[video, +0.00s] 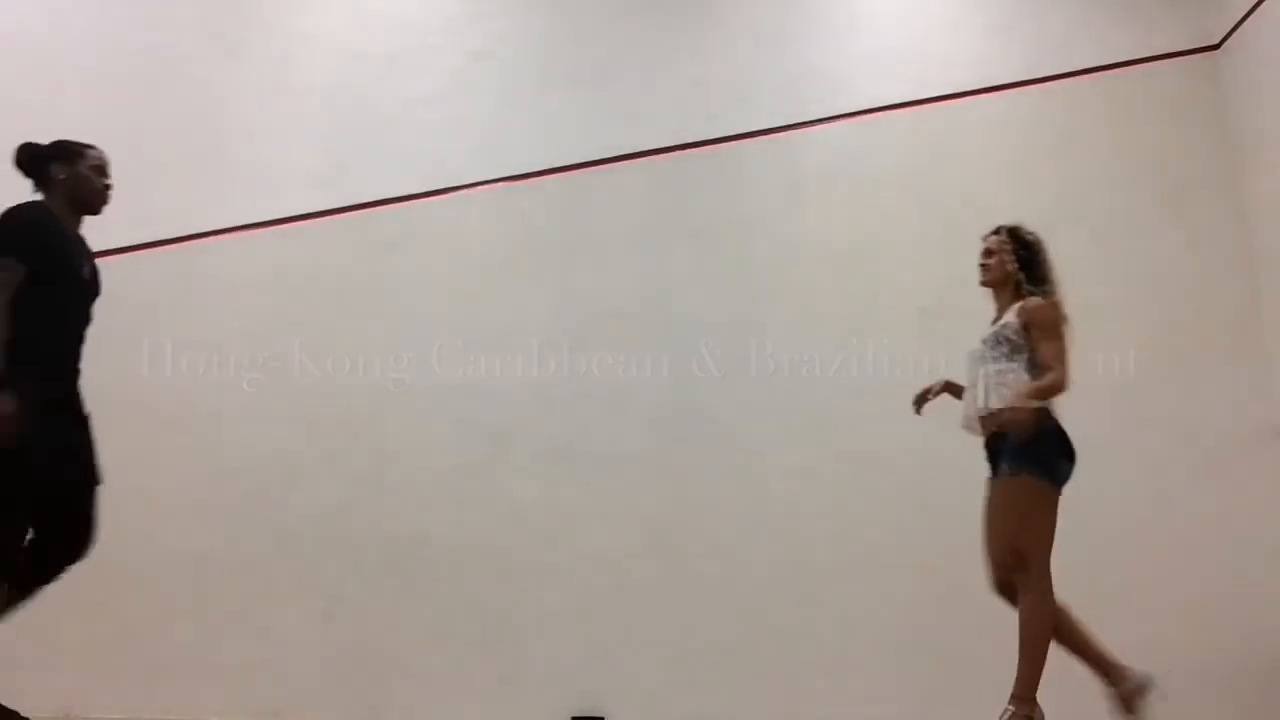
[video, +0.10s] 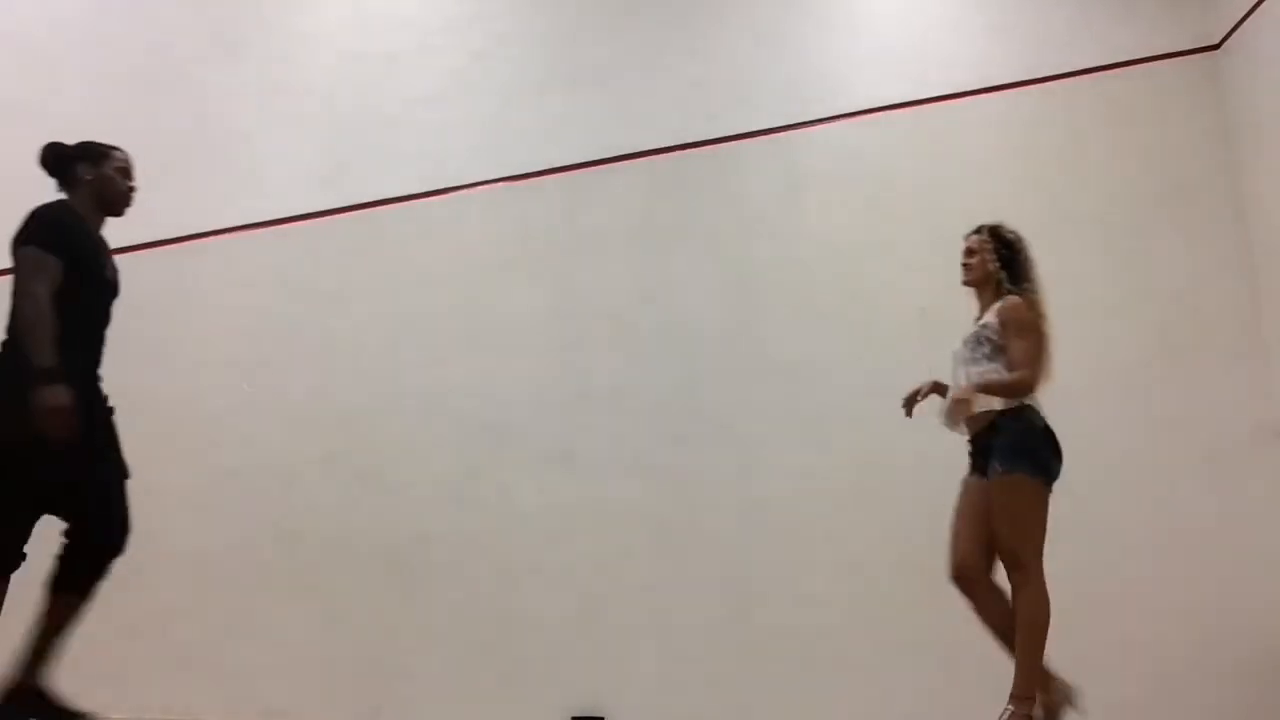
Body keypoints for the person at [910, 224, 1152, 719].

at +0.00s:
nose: (983, 261)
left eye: (993, 254)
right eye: (982, 254)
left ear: (1019, 262)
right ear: (987, 267)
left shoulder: (1036, 309)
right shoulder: (1000, 323)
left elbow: (1057, 377)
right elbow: (1000, 395)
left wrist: (1020, 398)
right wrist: (952, 388)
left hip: (1031, 443)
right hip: (1005, 447)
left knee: (1031, 574)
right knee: (1008, 578)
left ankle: (1023, 704)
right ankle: (1120, 678)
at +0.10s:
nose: (964, 261)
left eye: (974, 253)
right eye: (964, 254)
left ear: (999, 260)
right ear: (971, 265)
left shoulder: (1016, 307)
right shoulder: (984, 320)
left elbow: (1026, 378)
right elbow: (987, 388)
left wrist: (971, 391)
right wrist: (939, 389)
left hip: (1018, 441)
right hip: (987, 447)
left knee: (1023, 568)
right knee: (968, 571)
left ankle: (1024, 699)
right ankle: (1046, 683)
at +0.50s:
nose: (896, 256)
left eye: (904, 246)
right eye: (896, 249)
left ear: (929, 250)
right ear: (917, 255)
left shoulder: (943, 293)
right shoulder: (928, 307)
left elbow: (942, 364)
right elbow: (933, 384)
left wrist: (872, 345)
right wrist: (887, 395)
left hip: (953, 442)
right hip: (917, 446)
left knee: (985, 567)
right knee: (897, 563)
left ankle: (1020, 701)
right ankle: (886, 693)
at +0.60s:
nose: (878, 257)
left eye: (885, 249)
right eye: (879, 250)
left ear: (910, 252)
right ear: (899, 257)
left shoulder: (925, 296)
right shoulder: (902, 310)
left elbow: (923, 366)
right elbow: (908, 383)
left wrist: (864, 336)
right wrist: (865, 399)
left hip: (929, 447)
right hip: (897, 452)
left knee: (967, 570)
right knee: (881, 567)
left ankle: (1018, 699)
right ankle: (865, 696)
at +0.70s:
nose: (860, 254)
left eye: (867, 246)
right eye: (861, 246)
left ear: (889, 249)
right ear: (882, 252)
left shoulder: (905, 291)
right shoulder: (886, 303)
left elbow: (905, 362)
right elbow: (888, 381)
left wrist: (855, 324)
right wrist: (844, 401)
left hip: (901, 444)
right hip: (870, 447)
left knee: (928, 570)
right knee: (861, 564)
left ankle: (1008, 691)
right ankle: (860, 693)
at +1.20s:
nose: (779, 241)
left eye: (785, 231)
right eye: (778, 234)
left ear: (809, 230)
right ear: (795, 236)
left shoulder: (835, 278)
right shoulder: (810, 291)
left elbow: (859, 354)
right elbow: (788, 379)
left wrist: (819, 367)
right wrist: (750, 347)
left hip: (825, 427)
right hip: (815, 428)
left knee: (765, 539)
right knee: (829, 563)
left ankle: (809, 678)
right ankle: (859, 693)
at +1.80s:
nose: (708, 237)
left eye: (714, 228)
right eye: (708, 229)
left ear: (737, 229)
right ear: (731, 232)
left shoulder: (764, 280)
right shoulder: (743, 288)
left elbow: (751, 350)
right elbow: (736, 359)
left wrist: (705, 335)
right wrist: (700, 344)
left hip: (758, 421)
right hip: (733, 424)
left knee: (761, 553)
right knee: (698, 552)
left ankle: (766, 692)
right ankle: (771, 668)